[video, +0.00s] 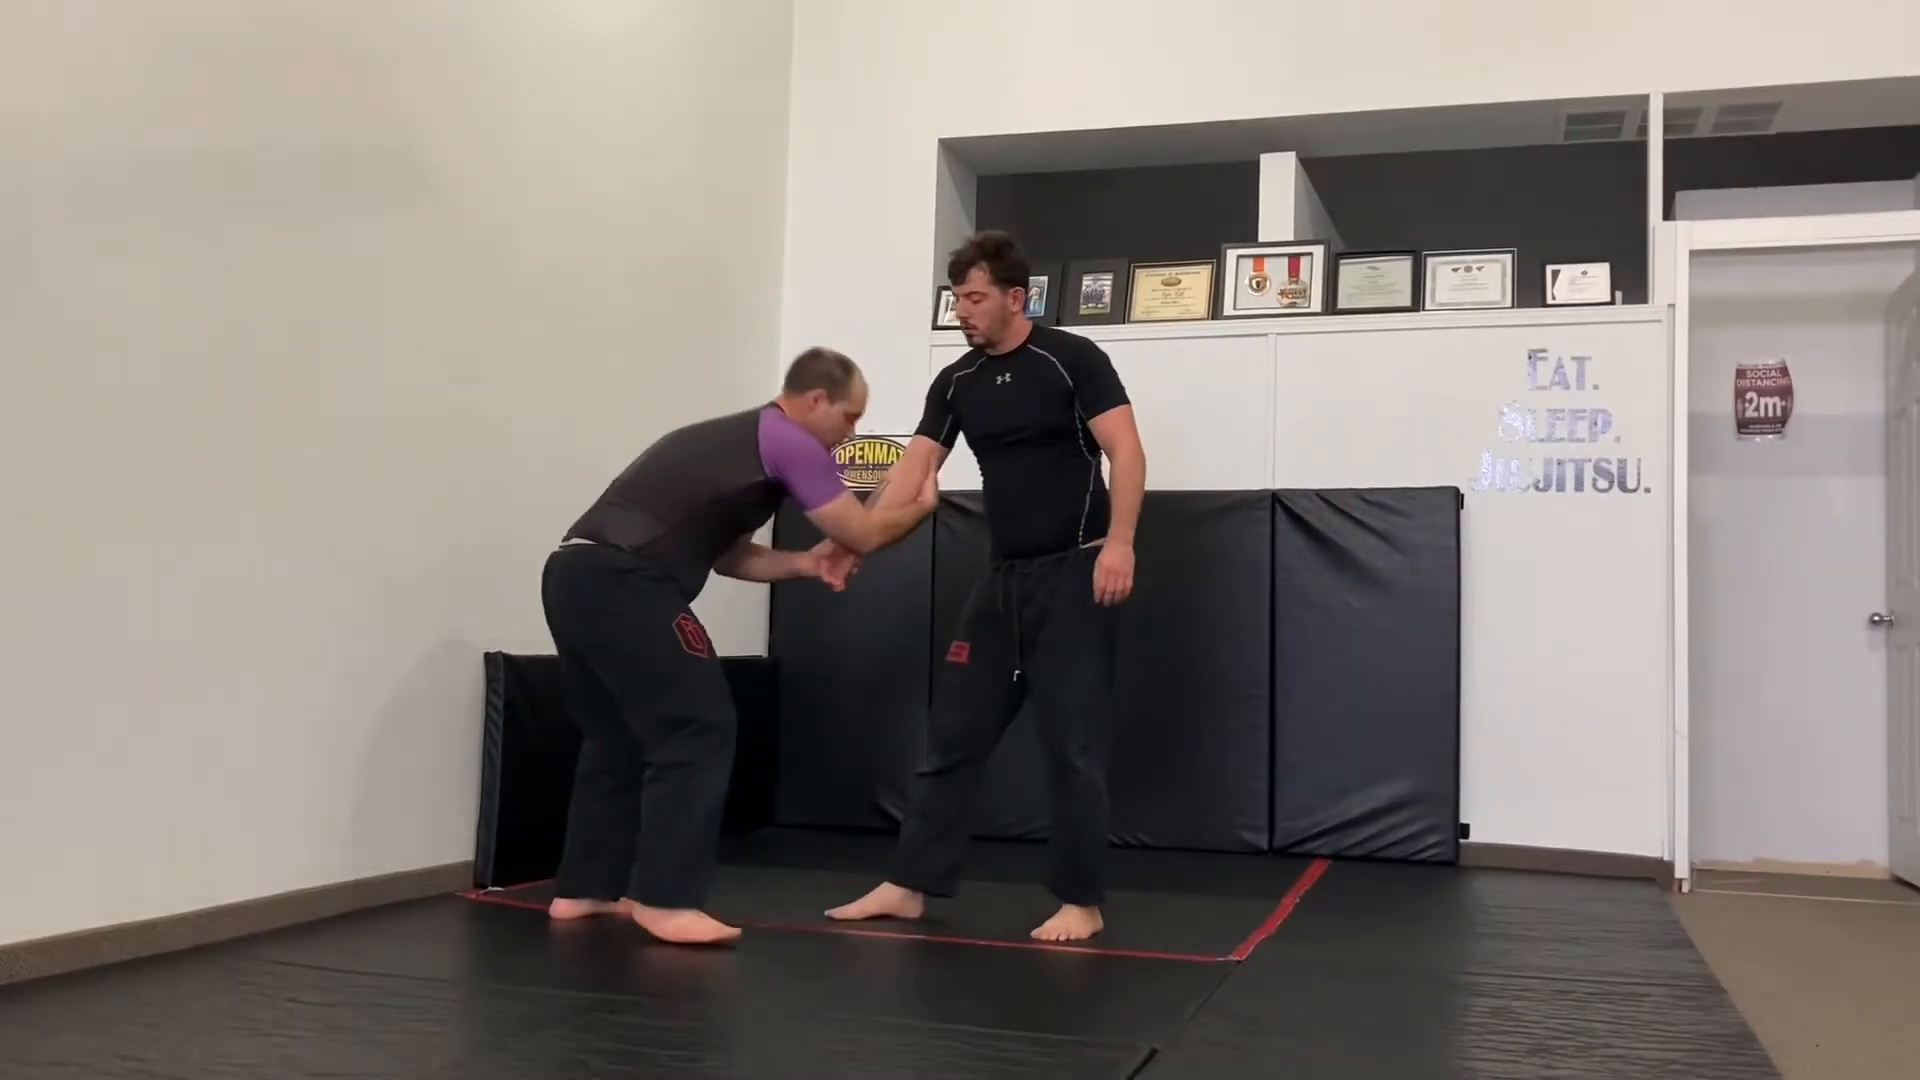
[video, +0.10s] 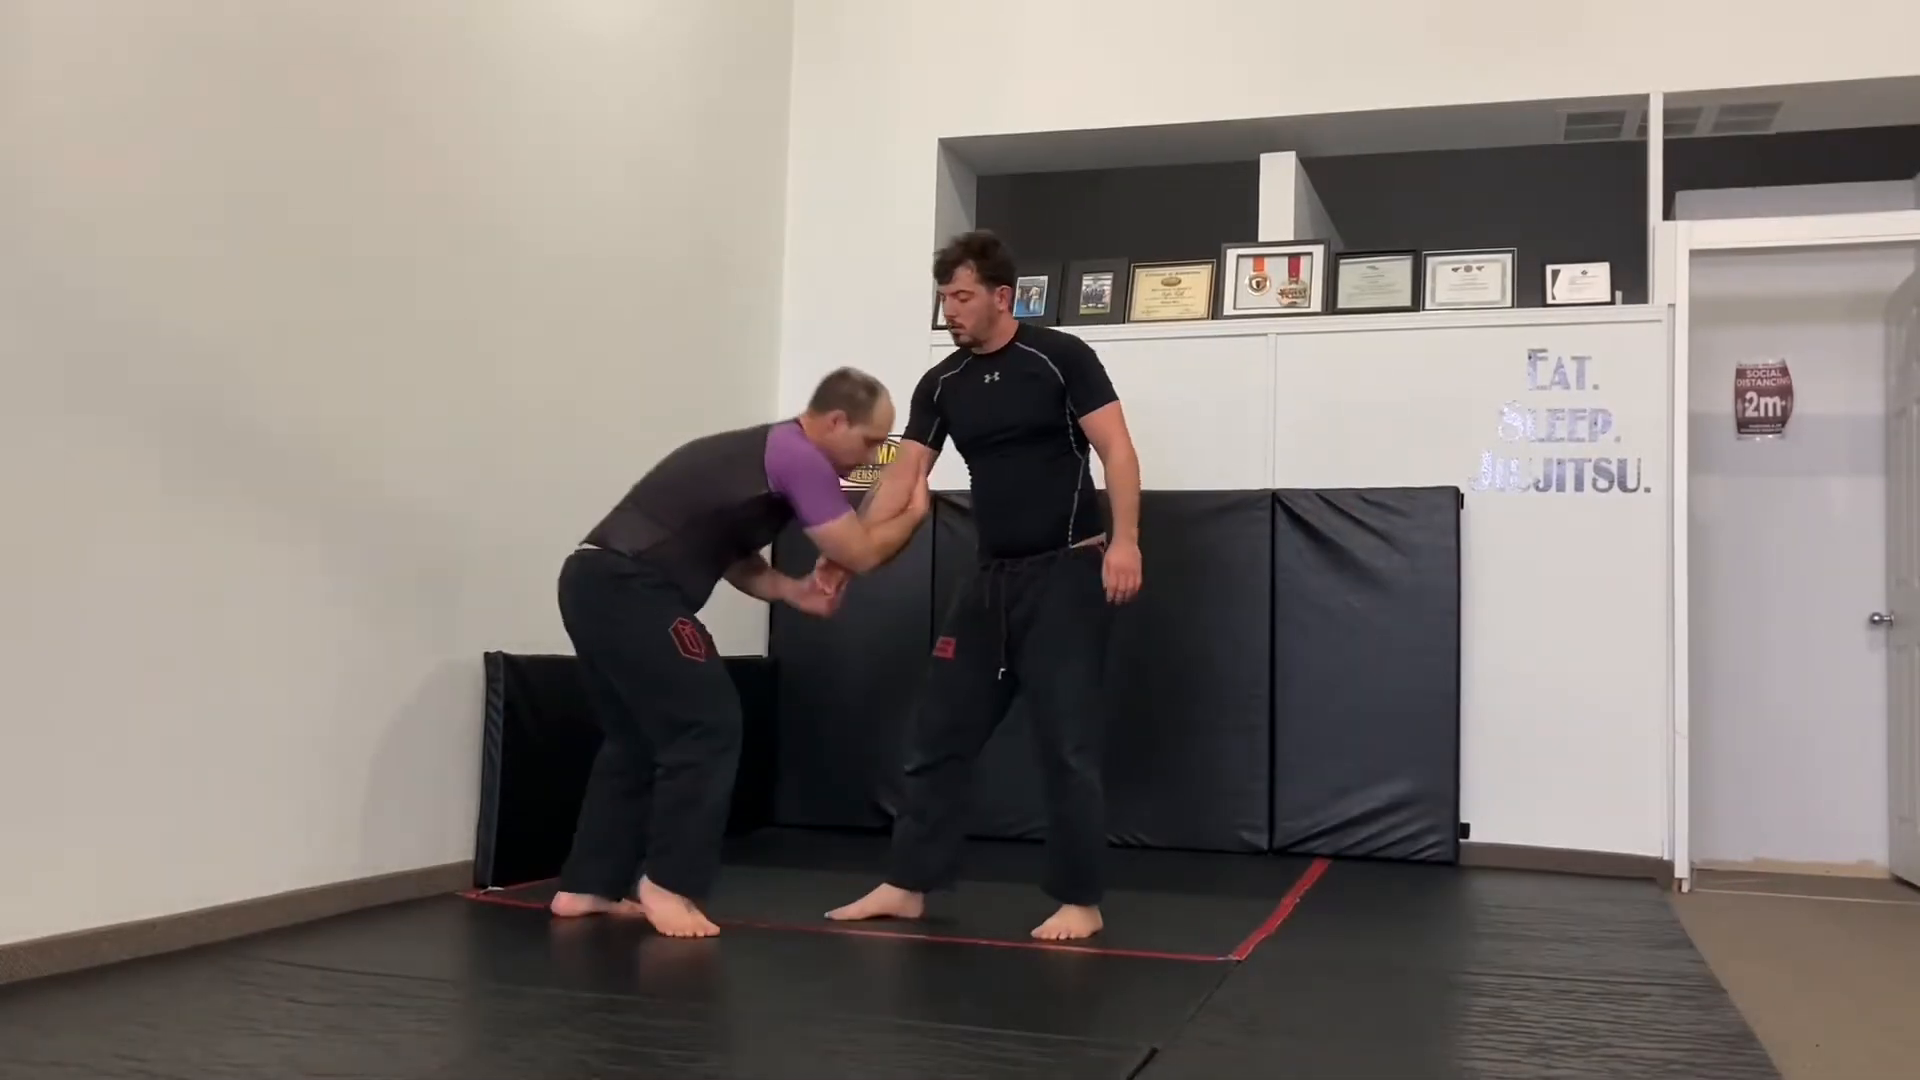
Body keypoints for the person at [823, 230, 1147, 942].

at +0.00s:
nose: (961, 310)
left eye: (974, 297)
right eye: (957, 298)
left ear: (1017, 296)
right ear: (957, 301)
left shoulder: (1074, 359)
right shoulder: (955, 383)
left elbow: (1128, 451)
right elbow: (911, 475)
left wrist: (1120, 544)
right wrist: (858, 539)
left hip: (1076, 571)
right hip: (1004, 577)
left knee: (1073, 739)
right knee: (957, 728)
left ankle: (1082, 903)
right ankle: (909, 884)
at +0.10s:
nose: (947, 309)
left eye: (959, 296)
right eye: (944, 297)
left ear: (1002, 296)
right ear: (950, 302)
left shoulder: (1061, 356)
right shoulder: (941, 385)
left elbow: (1118, 448)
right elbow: (901, 484)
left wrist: (1125, 541)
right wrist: (847, 557)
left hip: (1069, 569)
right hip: (993, 575)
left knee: (1067, 736)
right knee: (944, 727)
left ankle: (1081, 903)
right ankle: (907, 883)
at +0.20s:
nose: (935, 310)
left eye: (946, 297)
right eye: (929, 299)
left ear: (989, 296)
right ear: (931, 303)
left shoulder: (1050, 355)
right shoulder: (928, 388)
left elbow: (1112, 445)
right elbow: (897, 488)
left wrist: (1125, 536)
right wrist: (846, 557)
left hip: (1062, 569)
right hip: (986, 575)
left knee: (1064, 735)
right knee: (936, 727)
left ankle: (1080, 900)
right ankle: (907, 884)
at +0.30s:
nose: (921, 320)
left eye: (933, 306)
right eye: (915, 308)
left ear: (975, 304)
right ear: (914, 312)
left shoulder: (1037, 359)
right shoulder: (917, 401)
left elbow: (1108, 442)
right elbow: (886, 501)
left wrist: (1120, 532)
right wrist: (841, 578)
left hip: (1063, 569)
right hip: (986, 576)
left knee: (1067, 732)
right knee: (935, 723)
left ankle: (1083, 900)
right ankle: (905, 885)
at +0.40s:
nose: (909, 337)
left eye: (922, 323)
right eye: (903, 325)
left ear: (963, 319)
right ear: (899, 328)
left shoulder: (1028, 368)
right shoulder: (909, 420)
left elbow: (1108, 443)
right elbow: (907, 542)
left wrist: (1112, 533)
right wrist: (858, 617)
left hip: (1062, 577)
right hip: (984, 583)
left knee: (1073, 738)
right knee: (932, 729)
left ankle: (1085, 903)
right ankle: (906, 886)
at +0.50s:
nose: (903, 352)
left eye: (914, 338)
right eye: (895, 340)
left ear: (955, 331)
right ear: (893, 341)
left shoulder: (1026, 372)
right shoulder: (910, 429)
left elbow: (1106, 445)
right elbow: (919, 530)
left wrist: (1104, 538)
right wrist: (913, 616)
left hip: (1059, 580)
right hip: (971, 589)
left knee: (1077, 738)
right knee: (933, 733)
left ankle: (1087, 901)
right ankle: (907, 886)